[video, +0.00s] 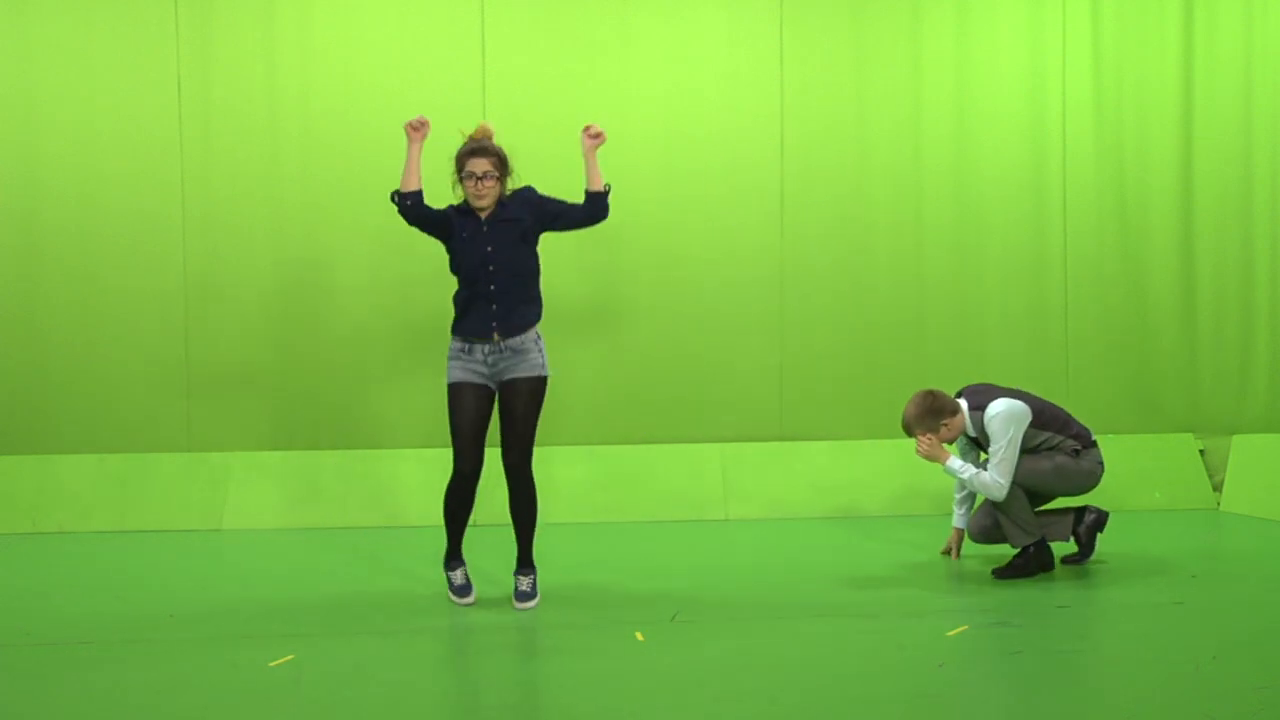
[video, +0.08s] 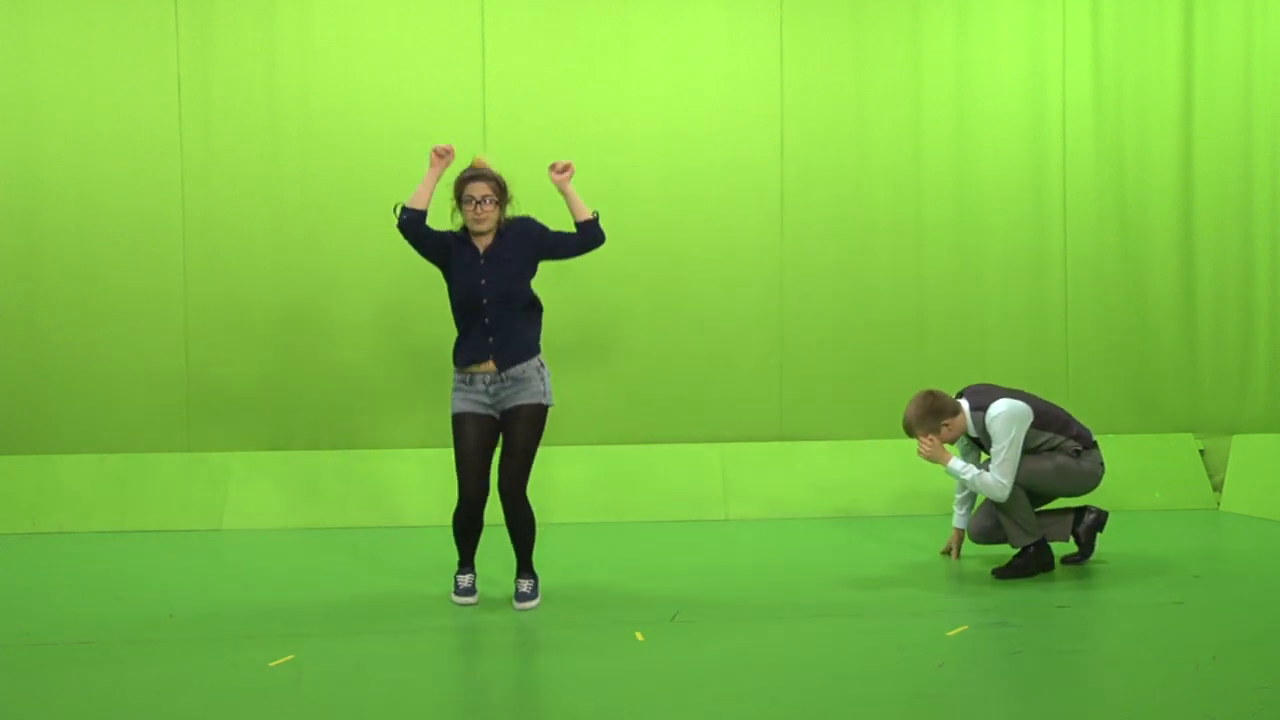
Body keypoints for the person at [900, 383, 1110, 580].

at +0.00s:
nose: (933, 444)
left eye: (930, 439)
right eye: (927, 441)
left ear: (946, 427)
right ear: (946, 420)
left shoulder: (1001, 413)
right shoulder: (962, 414)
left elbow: (997, 488)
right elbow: (967, 473)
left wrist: (946, 458)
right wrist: (958, 528)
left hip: (1081, 463)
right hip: (1050, 467)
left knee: (997, 471)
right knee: (981, 527)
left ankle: (1036, 551)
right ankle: (1079, 519)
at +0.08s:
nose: (930, 446)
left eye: (929, 441)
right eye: (925, 442)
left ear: (947, 427)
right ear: (948, 422)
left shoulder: (1003, 414)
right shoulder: (963, 413)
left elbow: (999, 489)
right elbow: (968, 472)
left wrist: (947, 460)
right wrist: (959, 528)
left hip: (1081, 464)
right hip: (1050, 468)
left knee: (997, 471)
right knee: (981, 528)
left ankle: (1036, 551)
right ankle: (1079, 520)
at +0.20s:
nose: (936, 445)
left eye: (933, 440)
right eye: (929, 442)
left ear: (949, 427)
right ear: (949, 421)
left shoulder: (1005, 415)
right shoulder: (964, 413)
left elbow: (1001, 489)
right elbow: (967, 473)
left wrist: (949, 461)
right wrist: (958, 529)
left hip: (1082, 466)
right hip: (1050, 469)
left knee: (998, 472)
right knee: (981, 529)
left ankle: (1036, 551)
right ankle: (1078, 520)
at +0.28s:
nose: (936, 446)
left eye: (934, 441)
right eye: (929, 443)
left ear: (950, 428)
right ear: (950, 422)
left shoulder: (1006, 415)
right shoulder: (965, 413)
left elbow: (1003, 490)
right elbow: (968, 474)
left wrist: (950, 461)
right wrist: (958, 529)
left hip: (1082, 467)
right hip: (1050, 471)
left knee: (998, 471)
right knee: (981, 530)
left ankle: (1036, 551)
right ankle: (1078, 520)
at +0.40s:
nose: (938, 447)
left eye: (935, 442)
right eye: (931, 444)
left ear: (951, 428)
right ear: (951, 422)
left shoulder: (1007, 416)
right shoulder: (966, 412)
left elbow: (1004, 491)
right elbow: (968, 474)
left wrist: (951, 462)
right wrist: (959, 530)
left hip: (1083, 468)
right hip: (1050, 472)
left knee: (999, 470)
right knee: (981, 529)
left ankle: (1036, 551)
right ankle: (1077, 520)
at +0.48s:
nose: (939, 448)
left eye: (936, 443)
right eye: (932, 445)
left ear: (952, 429)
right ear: (952, 423)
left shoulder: (1008, 416)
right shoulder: (966, 412)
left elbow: (1005, 491)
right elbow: (969, 474)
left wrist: (952, 463)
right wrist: (959, 529)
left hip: (1084, 469)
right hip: (1051, 472)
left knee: (999, 468)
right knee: (981, 529)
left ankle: (1036, 551)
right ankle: (1078, 520)